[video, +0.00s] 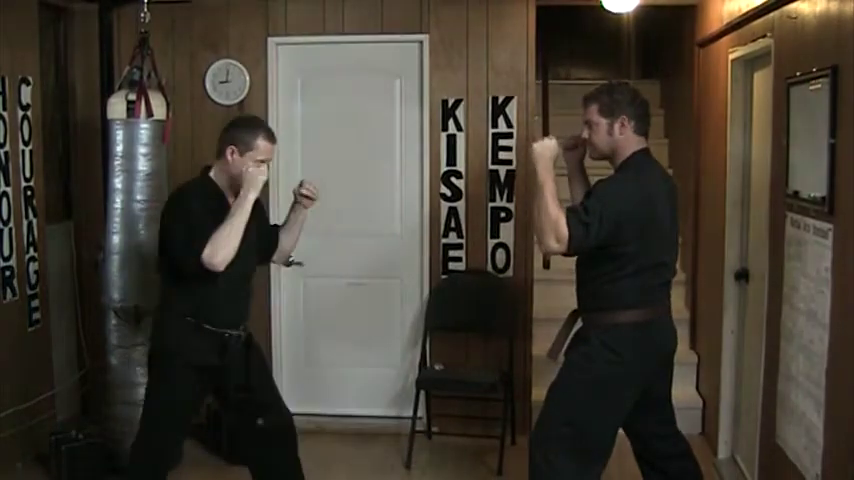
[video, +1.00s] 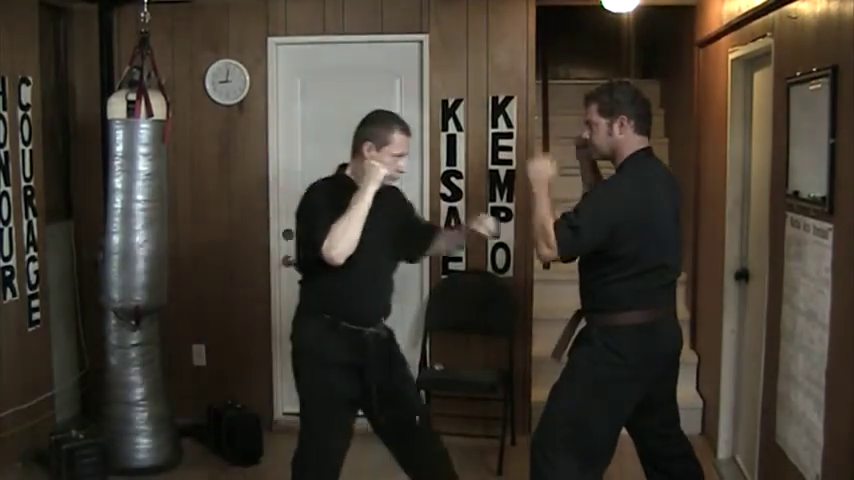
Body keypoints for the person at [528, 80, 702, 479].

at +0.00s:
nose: (585, 136)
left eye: (590, 126)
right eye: (584, 127)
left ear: (621, 126)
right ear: (624, 127)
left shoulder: (623, 186)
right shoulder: (659, 181)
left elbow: (556, 238)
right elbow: (591, 229)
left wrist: (543, 164)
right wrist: (575, 167)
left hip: (613, 341)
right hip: (652, 336)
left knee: (555, 452)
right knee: (661, 447)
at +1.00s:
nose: (586, 135)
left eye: (591, 125)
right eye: (585, 125)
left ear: (621, 126)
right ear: (626, 126)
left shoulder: (621, 187)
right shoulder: (662, 179)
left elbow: (550, 247)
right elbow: (602, 220)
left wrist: (540, 185)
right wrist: (587, 163)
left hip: (616, 342)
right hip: (659, 337)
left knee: (557, 455)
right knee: (666, 449)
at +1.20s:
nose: (585, 137)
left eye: (590, 127)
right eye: (585, 127)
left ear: (619, 126)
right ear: (628, 126)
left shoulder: (619, 191)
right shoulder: (666, 182)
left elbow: (551, 255)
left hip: (618, 343)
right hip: (662, 338)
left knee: (557, 453)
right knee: (666, 451)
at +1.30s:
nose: (585, 138)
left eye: (589, 127)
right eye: (584, 128)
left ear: (619, 126)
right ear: (627, 126)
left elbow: (550, 260)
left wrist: (544, 282)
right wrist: (599, 171)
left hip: (619, 343)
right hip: (663, 337)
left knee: (557, 453)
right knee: (665, 450)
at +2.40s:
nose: (585, 137)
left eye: (591, 127)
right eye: (585, 128)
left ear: (621, 127)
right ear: (625, 127)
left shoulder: (630, 185)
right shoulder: (659, 180)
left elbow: (559, 241)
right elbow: (597, 226)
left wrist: (547, 170)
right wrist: (581, 170)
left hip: (617, 341)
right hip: (653, 337)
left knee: (556, 455)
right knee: (663, 451)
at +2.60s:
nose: (586, 136)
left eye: (591, 126)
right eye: (585, 127)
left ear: (622, 126)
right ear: (626, 126)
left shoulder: (629, 184)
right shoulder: (659, 179)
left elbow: (559, 240)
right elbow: (594, 227)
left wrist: (546, 167)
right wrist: (580, 168)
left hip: (617, 339)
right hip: (653, 335)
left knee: (556, 454)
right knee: (663, 450)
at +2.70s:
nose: (586, 136)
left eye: (591, 126)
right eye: (585, 127)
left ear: (622, 126)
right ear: (626, 127)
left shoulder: (628, 185)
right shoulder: (660, 179)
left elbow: (559, 240)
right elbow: (597, 226)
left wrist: (546, 167)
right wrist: (580, 168)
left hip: (616, 340)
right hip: (654, 335)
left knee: (556, 454)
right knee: (664, 449)